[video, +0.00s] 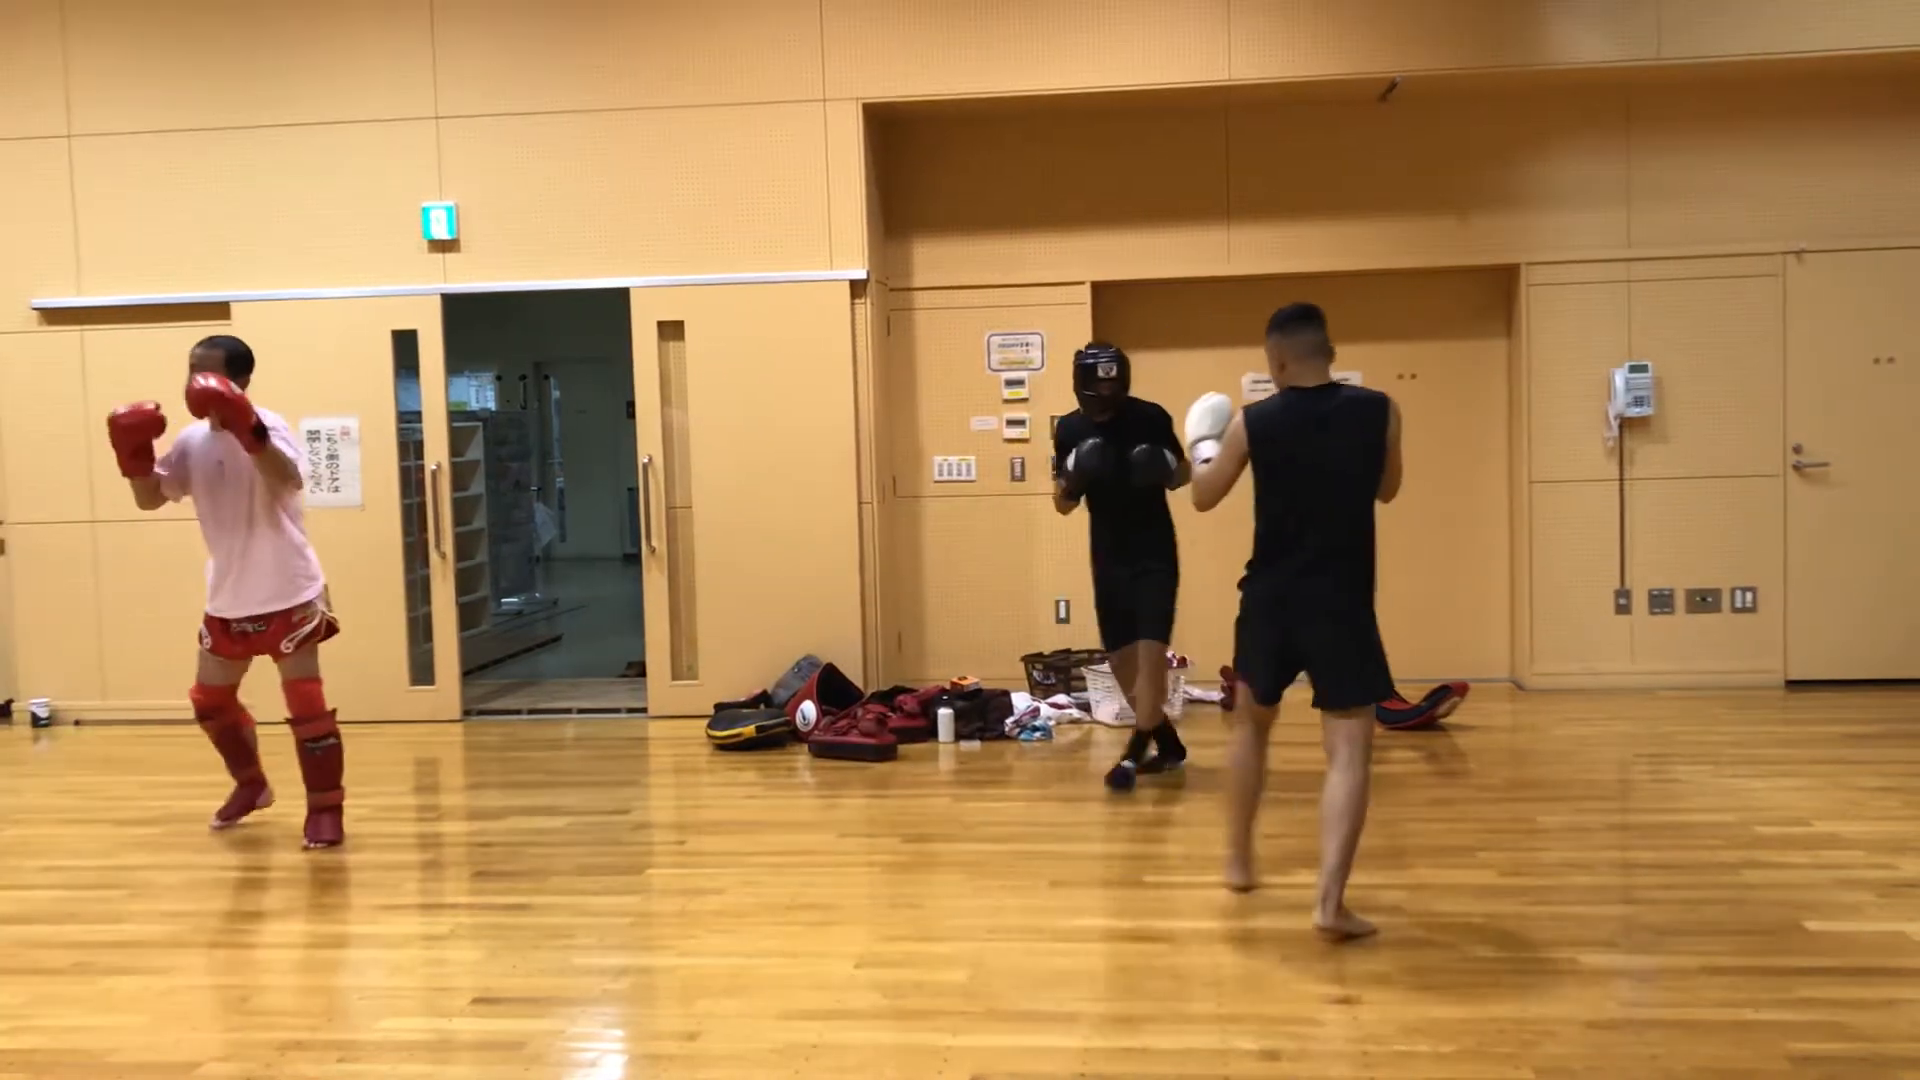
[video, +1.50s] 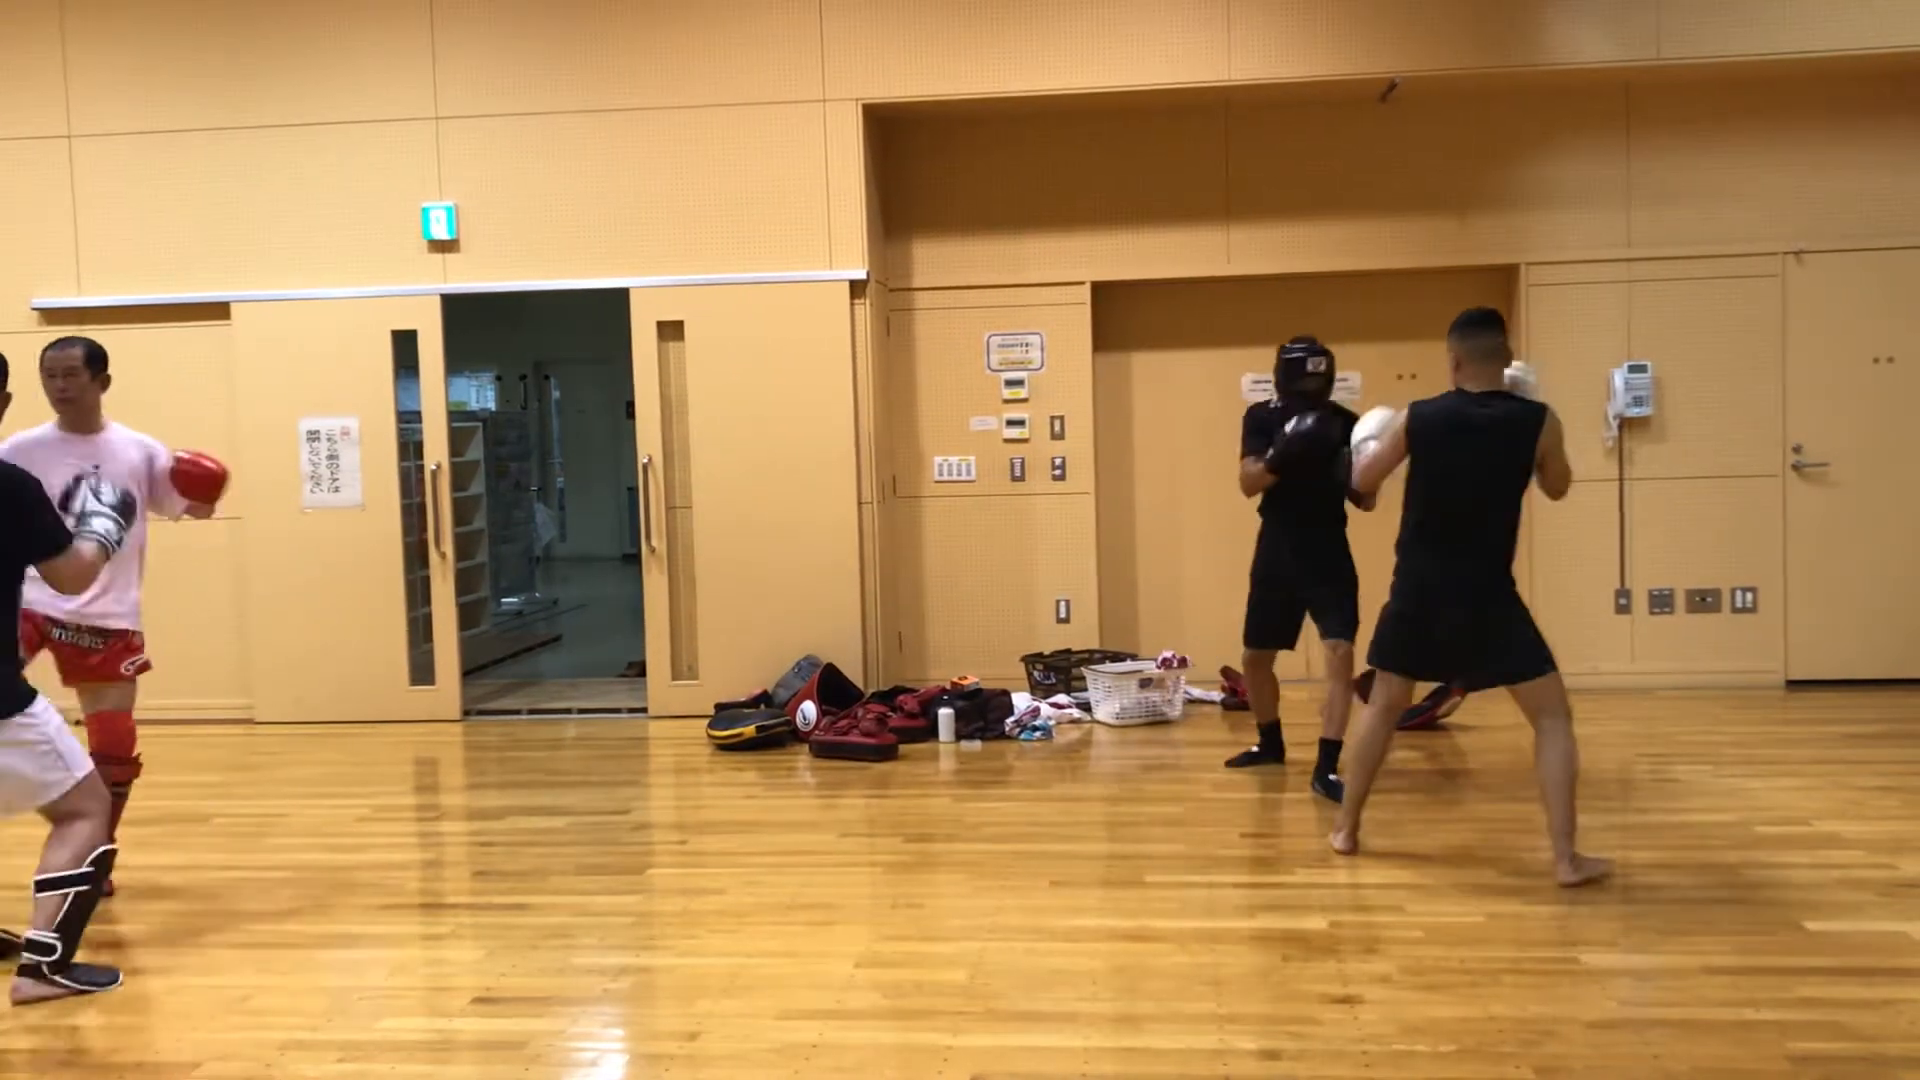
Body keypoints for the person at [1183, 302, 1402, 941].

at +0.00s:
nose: (1271, 367)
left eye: (1270, 359)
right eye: (1278, 358)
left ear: (1273, 359)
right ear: (1329, 352)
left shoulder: (1255, 422)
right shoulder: (1376, 410)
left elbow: (1205, 495)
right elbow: (1387, 489)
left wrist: (1209, 444)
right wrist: (1342, 437)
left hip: (1270, 602)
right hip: (1344, 604)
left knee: (1251, 725)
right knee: (1348, 755)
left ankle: (1239, 861)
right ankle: (1330, 904)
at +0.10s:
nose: (1291, 363)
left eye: (1290, 355)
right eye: (1297, 354)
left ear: (1294, 355)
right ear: (1352, 349)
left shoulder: (1274, 417)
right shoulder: (1396, 408)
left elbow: (1223, 488)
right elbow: (1403, 482)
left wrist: (1232, 430)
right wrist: (1353, 421)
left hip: (1288, 596)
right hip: (1358, 597)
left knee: (1287, 724)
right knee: (1353, 747)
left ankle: (1290, 857)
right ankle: (1328, 903)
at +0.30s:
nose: (1327, 372)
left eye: (1326, 364)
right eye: (1335, 363)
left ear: (1329, 365)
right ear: (1384, 359)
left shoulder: (1309, 429)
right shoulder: (1427, 415)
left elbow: (1257, 496)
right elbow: (1439, 484)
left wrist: (1247, 445)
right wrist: (1396, 410)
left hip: (1330, 599)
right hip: (1398, 600)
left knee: (1343, 726)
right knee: (1415, 737)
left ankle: (1344, 863)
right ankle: (1355, 862)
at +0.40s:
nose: (1347, 371)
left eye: (1345, 364)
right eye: (1352, 365)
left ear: (1344, 365)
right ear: (1402, 359)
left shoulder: (1327, 423)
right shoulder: (1444, 411)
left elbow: (1271, 488)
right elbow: (1456, 478)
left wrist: (1272, 434)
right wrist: (1416, 402)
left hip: (1346, 600)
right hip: (1413, 601)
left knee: (1352, 722)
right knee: (1468, 728)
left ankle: (1344, 849)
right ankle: (1422, 852)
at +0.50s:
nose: (1363, 369)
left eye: (1362, 361)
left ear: (1363, 361)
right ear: (1421, 355)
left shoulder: (1343, 419)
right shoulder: (1461, 409)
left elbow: (1286, 479)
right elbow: (1471, 476)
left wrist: (1289, 429)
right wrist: (1435, 401)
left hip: (1360, 598)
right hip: (1429, 598)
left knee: (1357, 719)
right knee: (1491, 716)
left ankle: (1344, 851)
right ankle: (1489, 863)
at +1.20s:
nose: (1428, 375)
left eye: (1428, 367)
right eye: (1430, 367)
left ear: (1436, 370)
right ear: (1487, 364)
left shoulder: (1414, 418)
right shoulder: (1522, 428)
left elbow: (1363, 433)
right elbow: (1477, 442)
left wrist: (1371, 390)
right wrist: (1437, 394)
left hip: (1408, 596)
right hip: (1480, 600)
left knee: (1366, 701)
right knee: (1531, 722)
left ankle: (1342, 826)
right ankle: (1565, 858)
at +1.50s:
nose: (1448, 365)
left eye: (1449, 358)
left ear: (1453, 360)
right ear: (1506, 358)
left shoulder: (1420, 418)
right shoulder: (1537, 422)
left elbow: (1364, 483)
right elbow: (1556, 485)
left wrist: (1362, 448)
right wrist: (1527, 418)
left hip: (1417, 599)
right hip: (1491, 601)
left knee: (1383, 707)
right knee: (1552, 718)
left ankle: (1346, 829)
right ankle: (1566, 858)